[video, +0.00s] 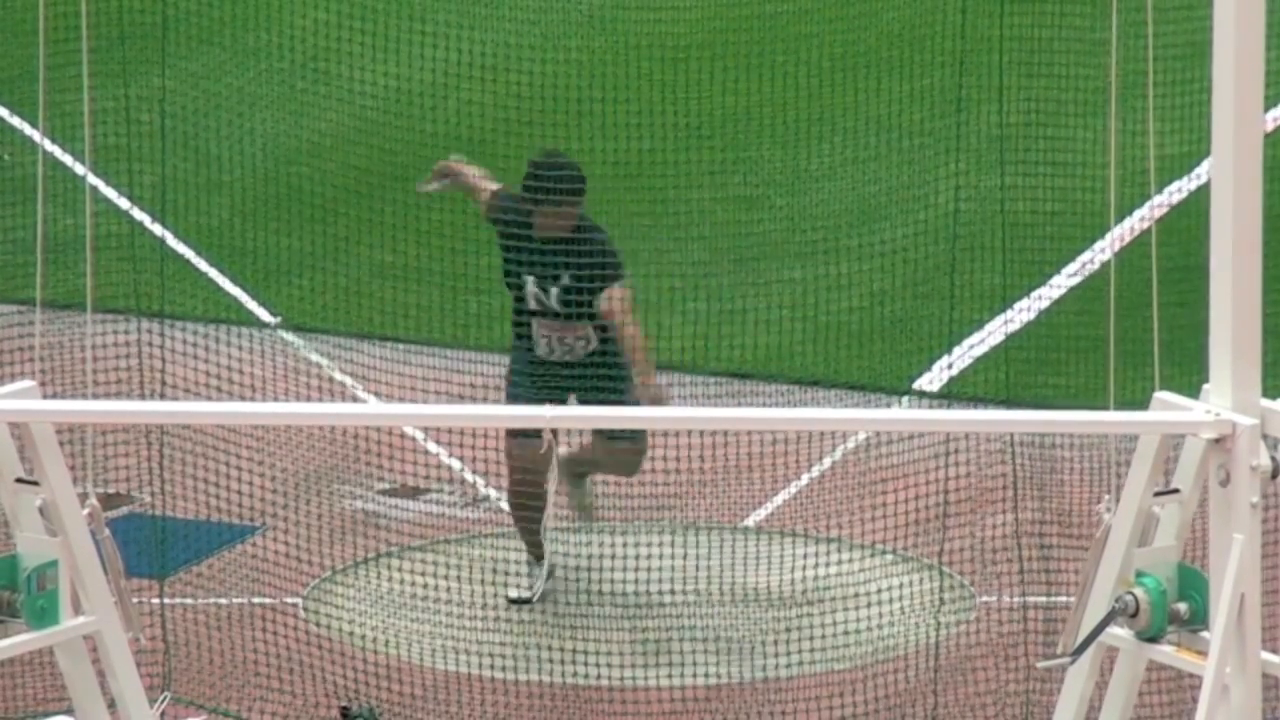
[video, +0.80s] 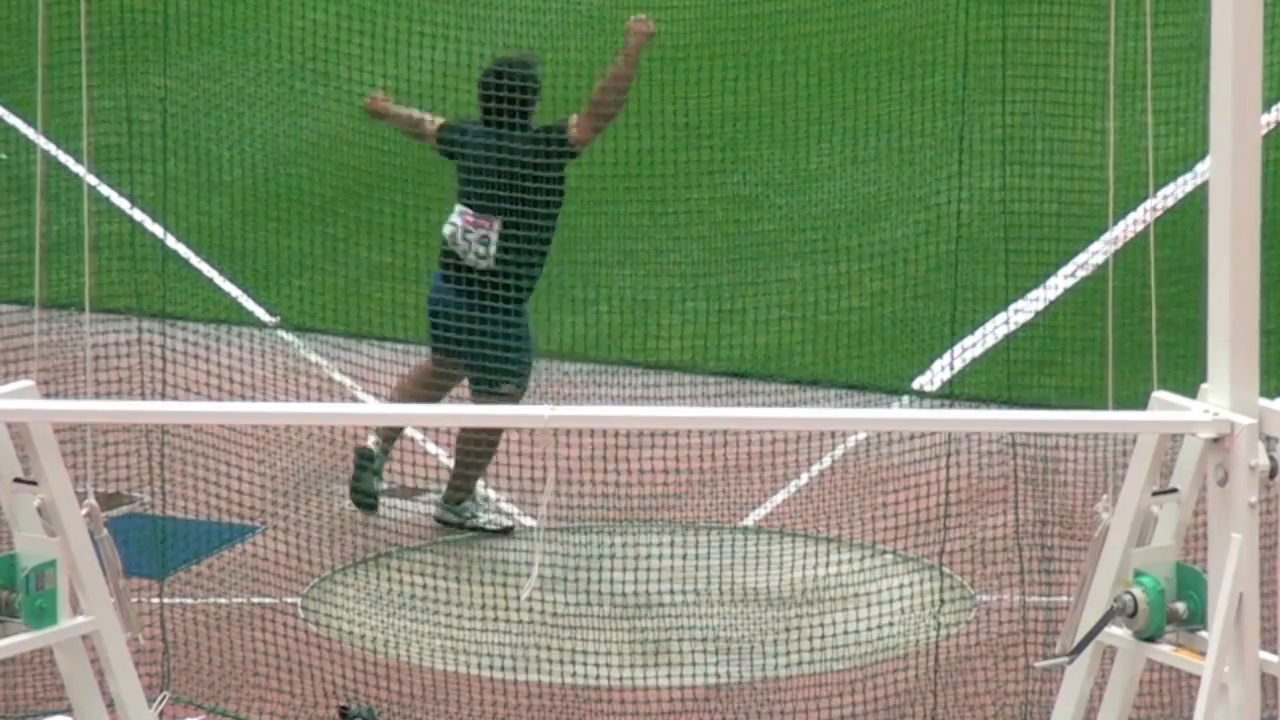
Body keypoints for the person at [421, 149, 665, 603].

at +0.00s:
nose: (564, 218)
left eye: (570, 209)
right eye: (555, 209)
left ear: (579, 205)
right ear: (533, 204)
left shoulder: (593, 246)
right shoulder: (510, 218)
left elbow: (622, 317)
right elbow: (481, 188)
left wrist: (645, 377)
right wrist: (458, 169)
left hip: (599, 365)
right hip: (535, 362)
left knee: (626, 457)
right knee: (524, 461)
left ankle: (571, 464)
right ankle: (537, 562)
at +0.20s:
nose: (578, 149)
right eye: (576, 143)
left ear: (531, 141)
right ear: (573, 150)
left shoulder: (511, 164)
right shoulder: (572, 213)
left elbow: (449, 159)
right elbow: (566, 286)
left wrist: (495, 154)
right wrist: (570, 349)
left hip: (490, 337)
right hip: (535, 346)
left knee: (520, 429)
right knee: (575, 443)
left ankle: (494, 538)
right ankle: (514, 541)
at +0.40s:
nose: (507, 61)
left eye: (516, 59)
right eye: (514, 55)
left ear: (524, 77)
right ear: (536, 81)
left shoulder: (515, 129)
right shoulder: (511, 109)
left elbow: (474, 196)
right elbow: (443, 115)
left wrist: (414, 220)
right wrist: (380, 111)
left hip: (546, 285)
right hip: (556, 281)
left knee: (463, 374)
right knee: (521, 397)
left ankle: (537, 483)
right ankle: (548, 501)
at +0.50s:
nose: (469, 86)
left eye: (480, 79)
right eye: (464, 79)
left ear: (501, 90)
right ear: (455, 89)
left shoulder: (520, 129)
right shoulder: (444, 149)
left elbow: (553, 131)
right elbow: (429, 211)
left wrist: (550, 104)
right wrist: (438, 254)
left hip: (558, 276)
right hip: (504, 286)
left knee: (536, 363)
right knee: (496, 398)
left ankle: (600, 444)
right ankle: (518, 525)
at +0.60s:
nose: (486, 86)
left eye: (480, 80)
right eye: (473, 86)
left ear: (487, 92)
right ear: (457, 110)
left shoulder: (525, 117)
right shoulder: (451, 164)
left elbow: (581, 70)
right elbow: (464, 218)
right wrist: (509, 241)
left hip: (540, 278)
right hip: (479, 294)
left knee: (595, 372)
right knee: (485, 410)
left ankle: (557, 387)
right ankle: (515, 523)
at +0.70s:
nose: (523, 88)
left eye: (520, 82)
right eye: (514, 84)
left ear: (506, 98)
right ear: (494, 100)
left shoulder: (509, 129)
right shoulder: (486, 146)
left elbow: (519, 86)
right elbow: (531, 158)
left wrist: (531, 53)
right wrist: (582, 143)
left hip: (513, 281)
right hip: (477, 292)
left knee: (544, 362)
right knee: (493, 391)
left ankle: (429, 392)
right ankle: (469, 502)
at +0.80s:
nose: (534, 102)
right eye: (531, 96)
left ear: (485, 101)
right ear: (532, 103)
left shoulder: (469, 138)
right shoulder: (546, 147)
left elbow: (426, 126)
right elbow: (600, 112)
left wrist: (387, 112)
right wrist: (632, 47)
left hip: (447, 293)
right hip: (499, 306)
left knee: (443, 368)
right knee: (497, 400)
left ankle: (375, 446)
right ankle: (458, 500)